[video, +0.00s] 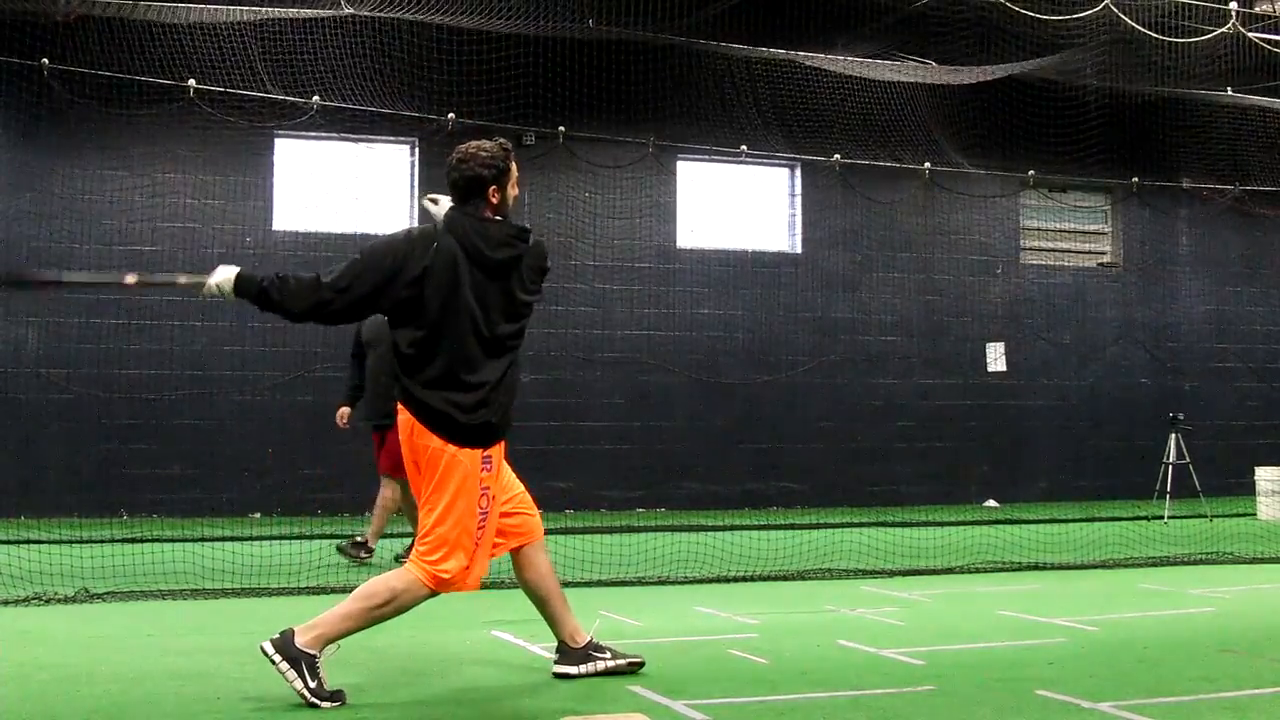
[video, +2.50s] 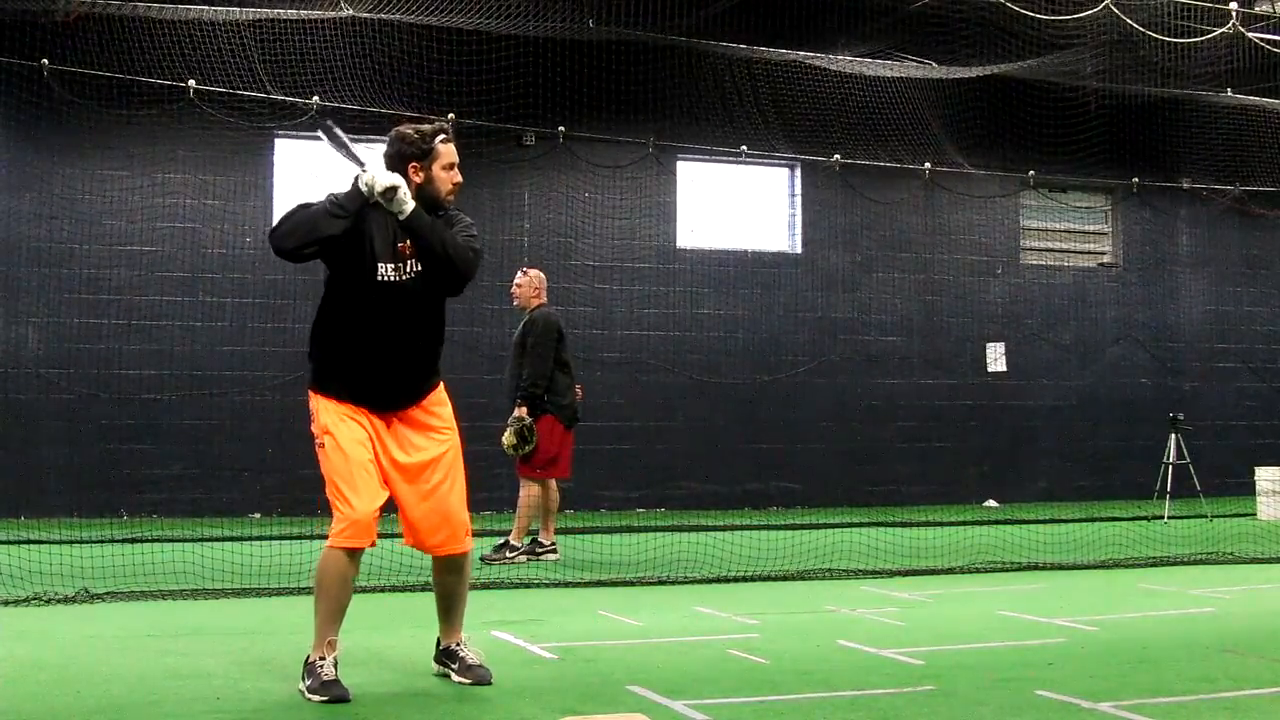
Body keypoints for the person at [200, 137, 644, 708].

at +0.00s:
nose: (519, 192)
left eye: (517, 184)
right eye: (516, 185)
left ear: (459, 192)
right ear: (496, 195)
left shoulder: (415, 249)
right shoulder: (525, 253)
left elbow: (326, 296)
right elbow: (500, 250)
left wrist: (241, 282)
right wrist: (457, 216)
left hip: (430, 419)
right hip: (461, 430)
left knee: (523, 527)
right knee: (437, 569)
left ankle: (576, 646)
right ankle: (301, 644)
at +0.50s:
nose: (537, 190)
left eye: (534, 180)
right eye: (532, 182)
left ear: (477, 191)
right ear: (513, 193)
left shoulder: (433, 241)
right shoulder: (534, 263)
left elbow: (354, 251)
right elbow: (562, 310)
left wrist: (336, 206)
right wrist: (524, 246)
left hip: (431, 423)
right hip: (471, 438)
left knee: (534, 525)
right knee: (436, 571)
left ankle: (578, 647)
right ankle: (301, 644)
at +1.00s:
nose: (564, 199)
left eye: (561, 191)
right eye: (558, 193)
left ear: (512, 204)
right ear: (535, 205)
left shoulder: (458, 246)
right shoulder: (548, 289)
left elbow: (420, 241)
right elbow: (565, 382)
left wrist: (451, 200)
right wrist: (594, 374)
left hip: (449, 421)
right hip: (478, 442)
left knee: (553, 515)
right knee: (442, 575)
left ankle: (581, 647)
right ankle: (304, 644)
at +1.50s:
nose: (443, 145)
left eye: (442, 135)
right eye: (434, 136)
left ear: (412, 143)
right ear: (398, 142)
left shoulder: (445, 198)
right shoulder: (344, 202)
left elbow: (458, 224)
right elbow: (279, 248)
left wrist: (389, 179)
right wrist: (339, 193)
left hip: (430, 385)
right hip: (355, 391)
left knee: (454, 522)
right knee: (345, 527)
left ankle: (455, 642)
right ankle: (322, 658)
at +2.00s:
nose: (446, 163)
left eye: (445, 153)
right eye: (438, 154)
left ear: (416, 157)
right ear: (404, 158)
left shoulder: (441, 216)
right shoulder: (343, 206)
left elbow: (450, 254)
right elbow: (272, 223)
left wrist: (393, 196)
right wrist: (344, 182)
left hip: (415, 393)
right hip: (339, 395)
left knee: (457, 526)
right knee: (345, 522)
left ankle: (459, 634)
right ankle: (320, 657)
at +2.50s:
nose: (457, 176)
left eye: (457, 166)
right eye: (449, 167)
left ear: (429, 170)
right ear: (414, 171)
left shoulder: (451, 224)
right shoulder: (355, 215)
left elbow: (460, 272)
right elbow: (284, 239)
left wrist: (409, 210)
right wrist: (354, 197)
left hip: (420, 400)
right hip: (344, 399)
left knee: (452, 530)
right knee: (357, 520)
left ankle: (451, 644)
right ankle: (321, 657)